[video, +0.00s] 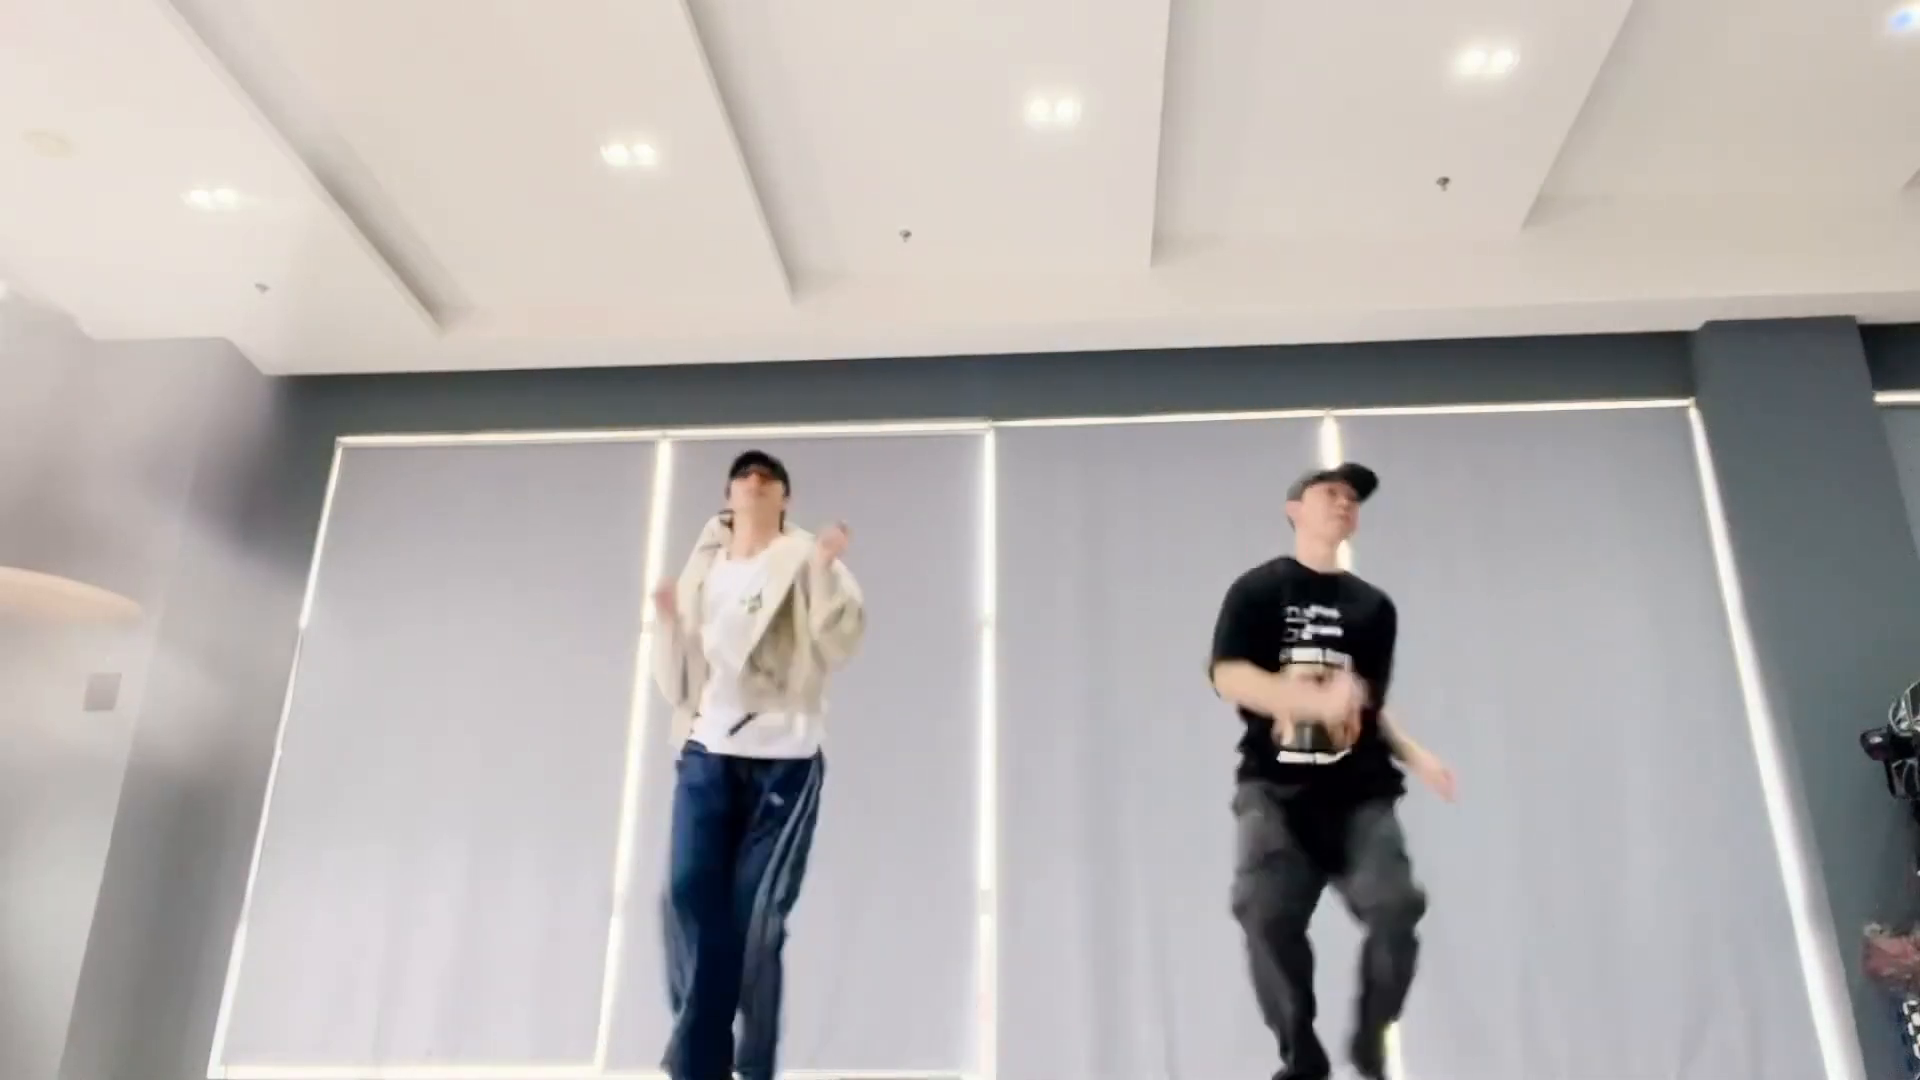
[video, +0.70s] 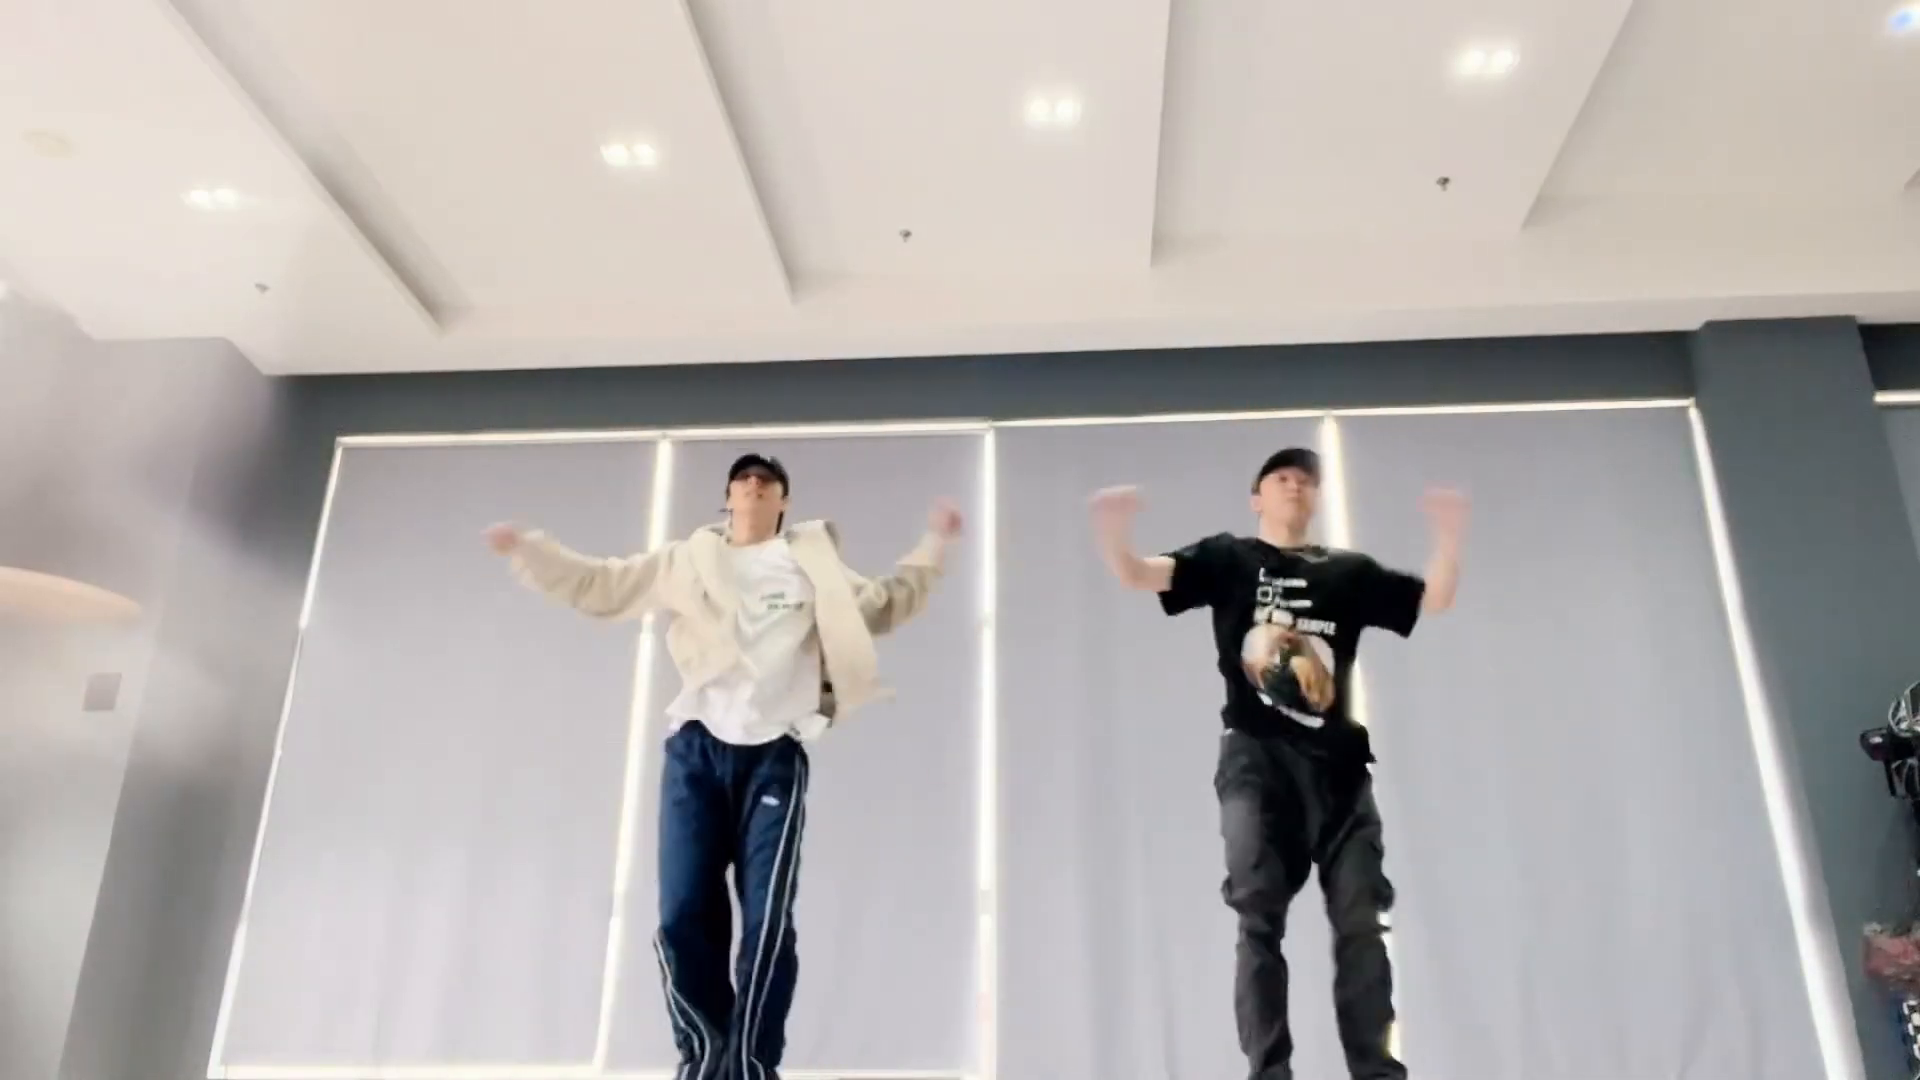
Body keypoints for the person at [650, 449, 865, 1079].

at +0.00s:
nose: (755, 482)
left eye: (768, 476)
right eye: (743, 475)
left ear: (785, 498)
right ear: (727, 497)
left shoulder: (807, 558)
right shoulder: (702, 570)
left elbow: (840, 649)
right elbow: (680, 688)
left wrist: (827, 570)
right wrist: (667, 629)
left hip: (785, 758)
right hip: (706, 753)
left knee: (759, 913)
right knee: (688, 898)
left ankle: (754, 1067)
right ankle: (694, 1064)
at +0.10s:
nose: (781, 506)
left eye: (792, 500)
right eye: (769, 499)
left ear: (809, 523)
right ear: (749, 520)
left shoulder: (828, 593)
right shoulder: (706, 569)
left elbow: (816, 683)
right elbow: (631, 573)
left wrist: (799, 623)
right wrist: (679, 510)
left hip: (772, 792)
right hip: (682, 780)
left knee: (786, 927)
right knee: (597, 895)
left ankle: (762, 1065)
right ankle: (615, 1025)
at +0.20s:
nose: (789, 538)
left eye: (799, 534)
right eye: (776, 531)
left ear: (806, 556)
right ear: (753, 545)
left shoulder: (810, 623)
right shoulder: (710, 580)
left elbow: (794, 679)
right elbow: (719, 475)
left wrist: (759, 716)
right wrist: (738, 379)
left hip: (754, 818)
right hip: (668, 798)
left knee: (852, 923)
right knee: (583, 922)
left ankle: (766, 1064)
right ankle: (477, 1043)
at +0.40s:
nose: (768, 528)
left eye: (778, 523)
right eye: (757, 521)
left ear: (792, 548)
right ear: (736, 539)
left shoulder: (806, 630)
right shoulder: (706, 583)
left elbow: (806, 718)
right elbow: (694, 475)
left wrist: (821, 779)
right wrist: (671, 378)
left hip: (755, 826)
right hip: (671, 802)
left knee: (824, 926)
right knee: (583, 937)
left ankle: (773, 1073)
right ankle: (465, 1058)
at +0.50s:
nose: (757, 492)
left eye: (770, 486)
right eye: (749, 485)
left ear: (790, 510)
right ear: (733, 503)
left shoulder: (819, 573)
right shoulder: (697, 542)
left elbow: (884, 635)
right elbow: (610, 496)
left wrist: (959, 681)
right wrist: (520, 470)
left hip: (758, 772)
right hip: (679, 755)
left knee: (761, 925)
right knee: (623, 894)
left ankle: (782, 1071)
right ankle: (577, 1047)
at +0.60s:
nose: (755, 483)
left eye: (768, 477)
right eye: (746, 477)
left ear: (789, 498)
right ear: (731, 495)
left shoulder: (821, 563)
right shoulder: (694, 551)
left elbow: (904, 594)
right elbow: (600, 577)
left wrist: (990, 593)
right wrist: (506, 583)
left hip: (763, 755)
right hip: (683, 744)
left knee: (747, 921)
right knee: (668, 904)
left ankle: (759, 1069)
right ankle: (704, 1064)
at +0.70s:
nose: (754, 486)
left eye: (767, 481)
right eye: (744, 479)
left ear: (785, 504)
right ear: (726, 501)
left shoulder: (811, 560)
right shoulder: (688, 557)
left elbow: (883, 606)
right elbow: (602, 586)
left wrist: (936, 543)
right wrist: (526, 550)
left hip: (777, 751)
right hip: (696, 746)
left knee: (768, 917)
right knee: (683, 916)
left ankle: (753, 1066)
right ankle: (704, 1063)